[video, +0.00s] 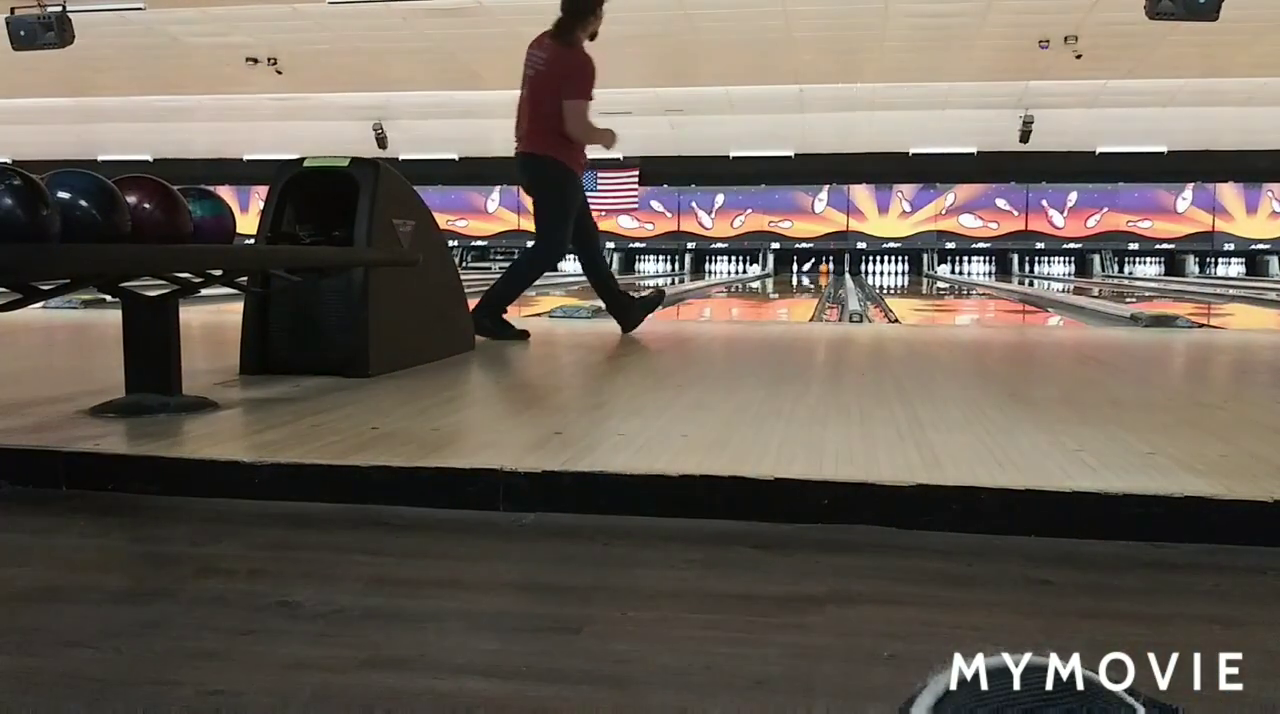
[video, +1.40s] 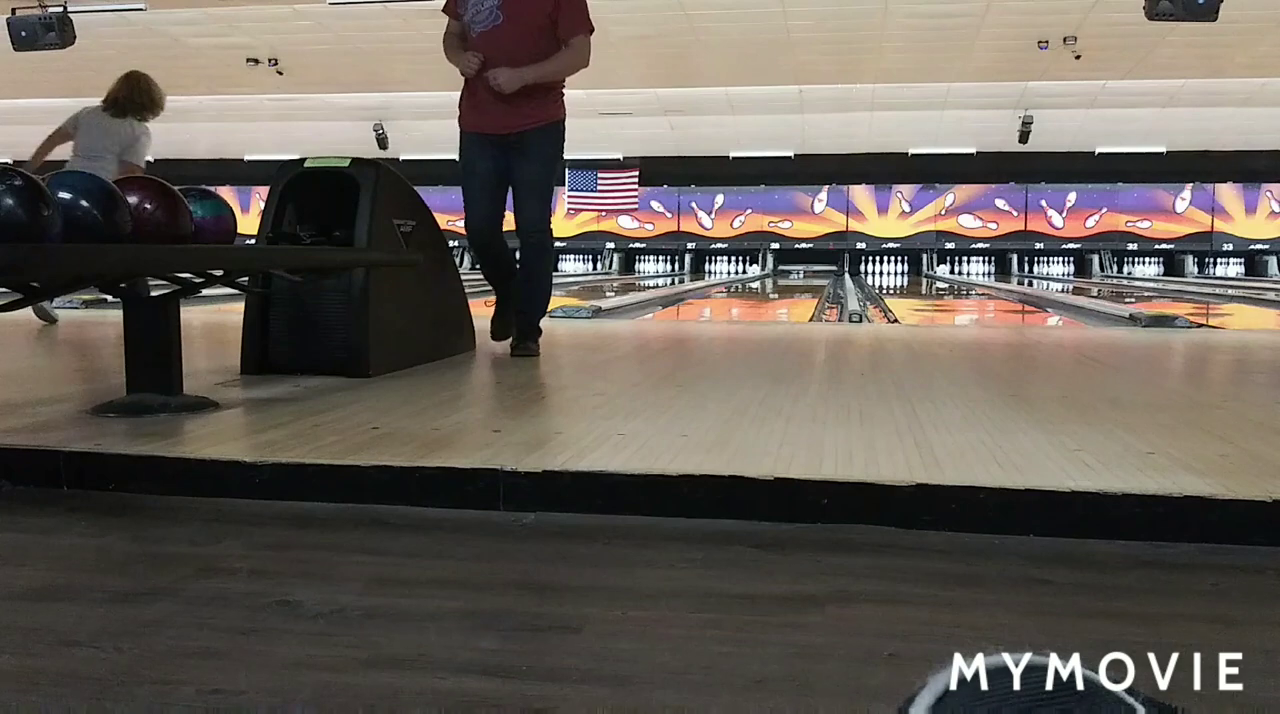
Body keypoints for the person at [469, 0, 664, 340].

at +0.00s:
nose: (601, 22)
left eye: (600, 15)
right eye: (600, 15)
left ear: (567, 11)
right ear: (590, 17)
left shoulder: (540, 45)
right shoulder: (577, 61)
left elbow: (530, 110)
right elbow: (575, 125)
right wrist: (604, 136)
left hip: (532, 160)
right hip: (555, 165)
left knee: (585, 239)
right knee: (551, 248)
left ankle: (624, 310)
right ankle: (486, 312)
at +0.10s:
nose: (582, 20)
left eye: (582, 12)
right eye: (581, 12)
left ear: (550, 10)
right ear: (569, 13)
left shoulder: (531, 44)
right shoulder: (548, 51)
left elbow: (523, 114)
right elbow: (536, 118)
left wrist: (564, 144)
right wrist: (569, 142)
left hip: (533, 163)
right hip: (537, 165)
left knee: (583, 236)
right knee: (549, 248)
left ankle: (614, 310)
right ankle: (486, 314)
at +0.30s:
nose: (558, 4)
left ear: (534, 3)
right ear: (542, 1)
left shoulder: (530, 37)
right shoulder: (514, 36)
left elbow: (524, 102)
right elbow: (506, 100)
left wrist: (551, 139)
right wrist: (562, 98)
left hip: (536, 153)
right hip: (512, 153)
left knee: (572, 226)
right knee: (529, 236)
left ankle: (572, 312)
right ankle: (484, 315)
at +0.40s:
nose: (549, 1)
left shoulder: (532, 28)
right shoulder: (505, 27)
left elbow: (552, 81)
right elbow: (548, 81)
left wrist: (596, 82)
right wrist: (586, 44)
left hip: (528, 147)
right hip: (494, 147)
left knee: (558, 225)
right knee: (508, 229)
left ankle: (539, 306)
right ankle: (482, 315)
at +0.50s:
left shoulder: (538, 19)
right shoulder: (488, 16)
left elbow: (560, 78)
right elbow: (501, 79)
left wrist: (588, 55)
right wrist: (552, 62)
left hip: (528, 141)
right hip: (488, 140)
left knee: (542, 226)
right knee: (499, 227)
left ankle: (532, 305)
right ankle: (483, 315)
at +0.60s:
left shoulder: (540, 21)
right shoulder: (473, 13)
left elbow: (549, 79)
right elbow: (442, 68)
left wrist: (570, 97)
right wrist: (493, 95)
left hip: (529, 140)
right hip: (485, 141)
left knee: (549, 225)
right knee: (495, 228)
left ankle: (529, 291)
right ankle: (483, 315)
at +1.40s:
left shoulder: (565, 2)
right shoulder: (466, 1)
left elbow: (579, 53)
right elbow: (452, 35)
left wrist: (522, 74)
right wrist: (458, 56)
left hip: (537, 122)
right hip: (479, 122)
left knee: (533, 229)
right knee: (480, 230)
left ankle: (527, 329)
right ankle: (508, 290)